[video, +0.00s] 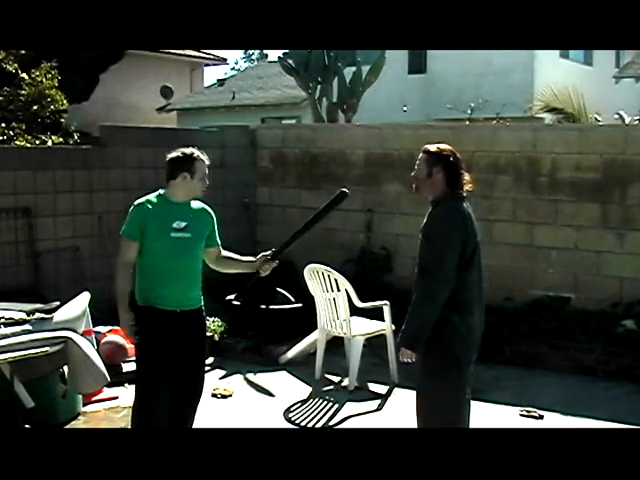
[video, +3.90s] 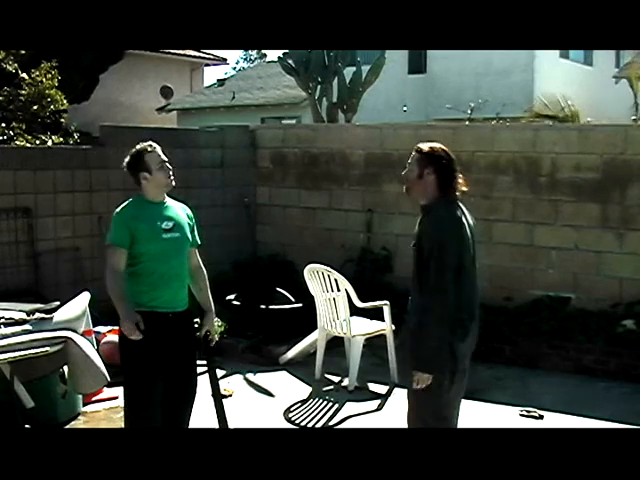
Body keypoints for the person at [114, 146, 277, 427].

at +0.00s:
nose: (207, 183)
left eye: (207, 177)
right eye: (203, 177)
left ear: (187, 178)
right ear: (184, 176)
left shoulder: (204, 215)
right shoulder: (144, 210)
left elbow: (216, 258)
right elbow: (126, 262)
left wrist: (255, 264)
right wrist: (124, 311)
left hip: (191, 317)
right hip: (154, 316)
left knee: (188, 392)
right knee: (153, 392)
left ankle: (179, 430)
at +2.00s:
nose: (195, 172)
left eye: (194, 166)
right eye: (189, 167)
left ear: (175, 173)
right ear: (170, 173)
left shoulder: (195, 218)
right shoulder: (139, 210)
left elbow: (205, 267)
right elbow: (123, 266)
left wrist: (245, 262)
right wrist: (124, 317)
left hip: (185, 319)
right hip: (149, 318)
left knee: (184, 392)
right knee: (149, 395)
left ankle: (176, 430)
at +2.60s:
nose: (192, 170)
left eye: (190, 164)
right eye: (186, 165)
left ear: (174, 173)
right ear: (168, 173)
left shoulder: (196, 215)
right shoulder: (139, 213)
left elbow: (207, 267)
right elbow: (126, 270)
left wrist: (236, 304)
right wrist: (130, 321)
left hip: (188, 319)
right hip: (152, 319)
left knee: (185, 398)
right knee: (151, 399)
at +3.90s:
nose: (169, 168)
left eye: (167, 163)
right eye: (161, 165)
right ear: (145, 177)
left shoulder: (183, 212)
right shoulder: (126, 216)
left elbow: (195, 267)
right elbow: (114, 271)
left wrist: (210, 311)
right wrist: (125, 313)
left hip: (181, 321)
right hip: (142, 324)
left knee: (179, 406)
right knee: (144, 408)